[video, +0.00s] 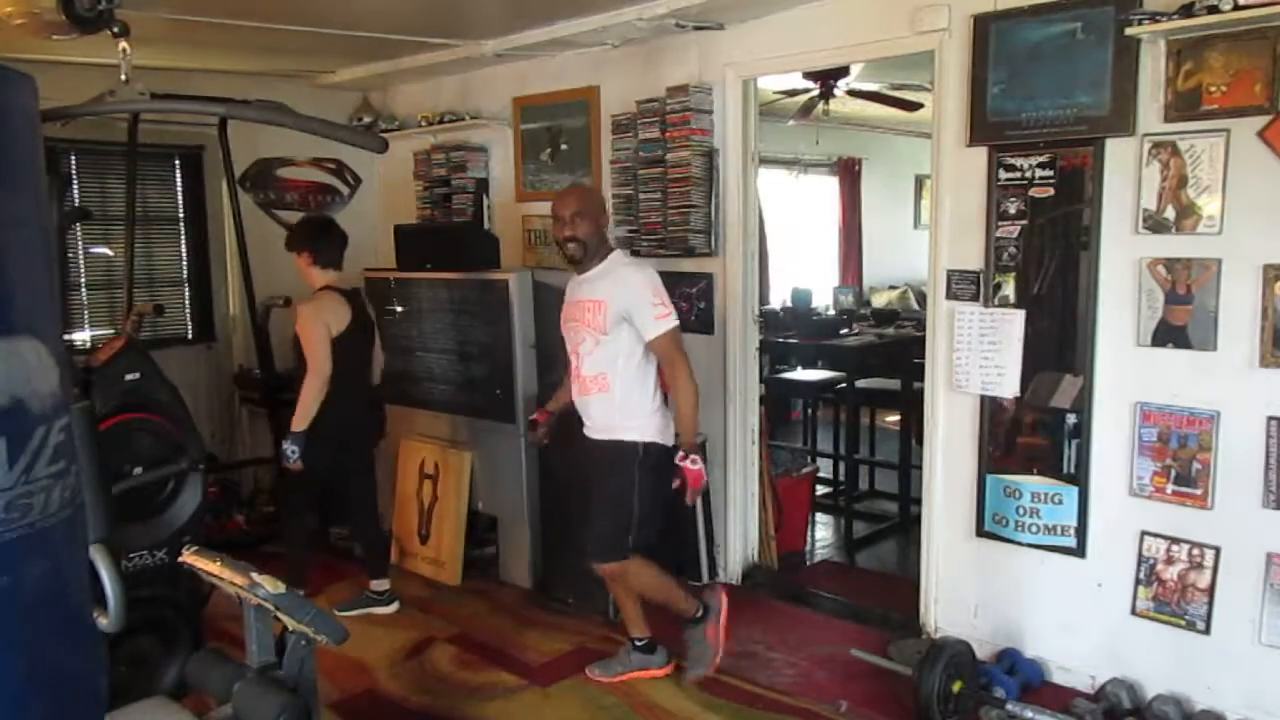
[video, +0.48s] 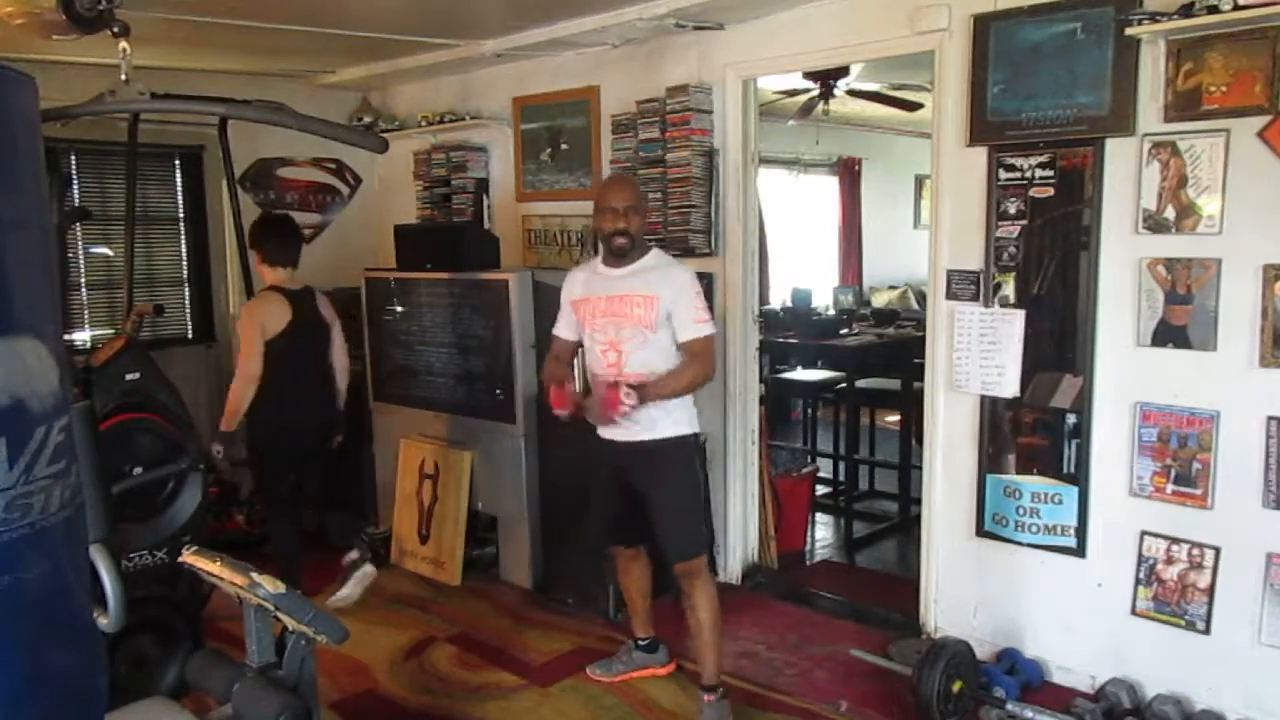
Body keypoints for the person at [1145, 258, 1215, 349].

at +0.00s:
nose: (1180, 273)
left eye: (1184, 269)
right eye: (1177, 269)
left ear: (1188, 272)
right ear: (1172, 272)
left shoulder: (1191, 287)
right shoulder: (1168, 286)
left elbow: (1213, 269)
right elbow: (1151, 266)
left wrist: (1196, 263)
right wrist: (1166, 261)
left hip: (1182, 329)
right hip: (1165, 327)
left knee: (1189, 357)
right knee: (1155, 355)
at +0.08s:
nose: (1180, 273)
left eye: (1183, 269)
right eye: (1177, 269)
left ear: (1188, 272)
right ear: (1172, 272)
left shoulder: (1191, 287)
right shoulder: (1168, 286)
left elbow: (1213, 269)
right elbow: (1151, 266)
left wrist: (1197, 263)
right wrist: (1166, 261)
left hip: (1181, 329)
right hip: (1165, 327)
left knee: (1189, 357)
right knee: (1155, 355)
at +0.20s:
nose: (1180, 273)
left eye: (1183, 269)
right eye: (1177, 269)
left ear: (1188, 272)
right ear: (1172, 272)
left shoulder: (1191, 287)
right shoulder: (1168, 286)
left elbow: (1212, 269)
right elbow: (1151, 266)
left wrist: (1197, 263)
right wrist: (1166, 261)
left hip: (1181, 329)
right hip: (1165, 327)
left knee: (1189, 357)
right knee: (1154, 355)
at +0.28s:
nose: (1180, 273)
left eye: (1183, 269)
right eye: (1176, 269)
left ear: (1188, 272)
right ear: (1172, 272)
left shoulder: (1192, 288)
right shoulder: (1168, 286)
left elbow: (1213, 268)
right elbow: (1151, 266)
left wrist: (1198, 262)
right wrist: (1166, 262)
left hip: (1181, 329)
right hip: (1164, 328)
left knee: (1189, 358)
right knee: (1154, 357)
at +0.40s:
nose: (1180, 273)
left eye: (1183, 269)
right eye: (1176, 269)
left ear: (1189, 272)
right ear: (1172, 272)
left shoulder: (1192, 287)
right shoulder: (1168, 286)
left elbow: (1213, 268)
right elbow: (1151, 266)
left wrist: (1198, 262)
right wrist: (1166, 261)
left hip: (1182, 329)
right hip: (1165, 328)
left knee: (1189, 358)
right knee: (1154, 357)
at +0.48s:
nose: (1180, 273)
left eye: (1183, 269)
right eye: (1176, 269)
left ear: (1189, 272)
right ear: (1172, 272)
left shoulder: (1192, 287)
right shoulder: (1168, 286)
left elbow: (1213, 268)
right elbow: (1151, 266)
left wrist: (1198, 262)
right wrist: (1166, 261)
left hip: (1182, 329)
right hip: (1165, 328)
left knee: (1189, 358)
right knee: (1154, 357)